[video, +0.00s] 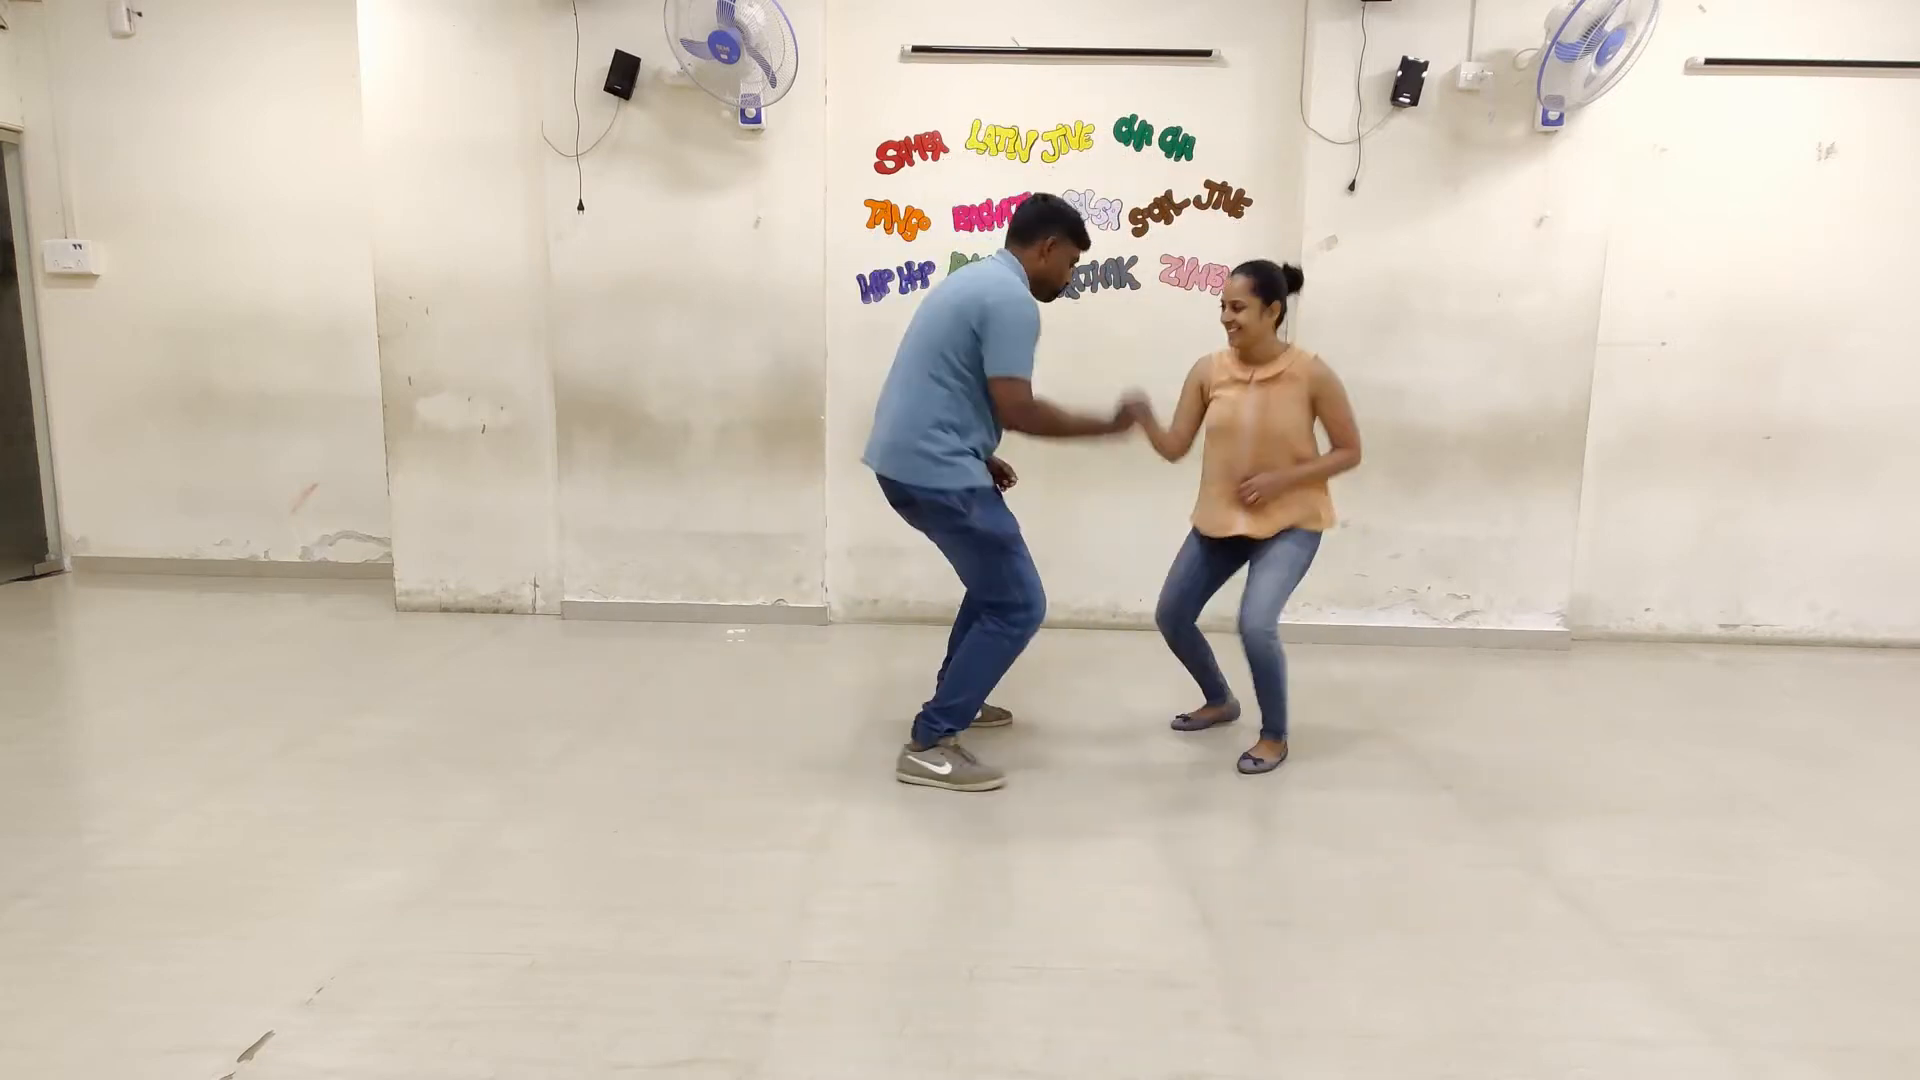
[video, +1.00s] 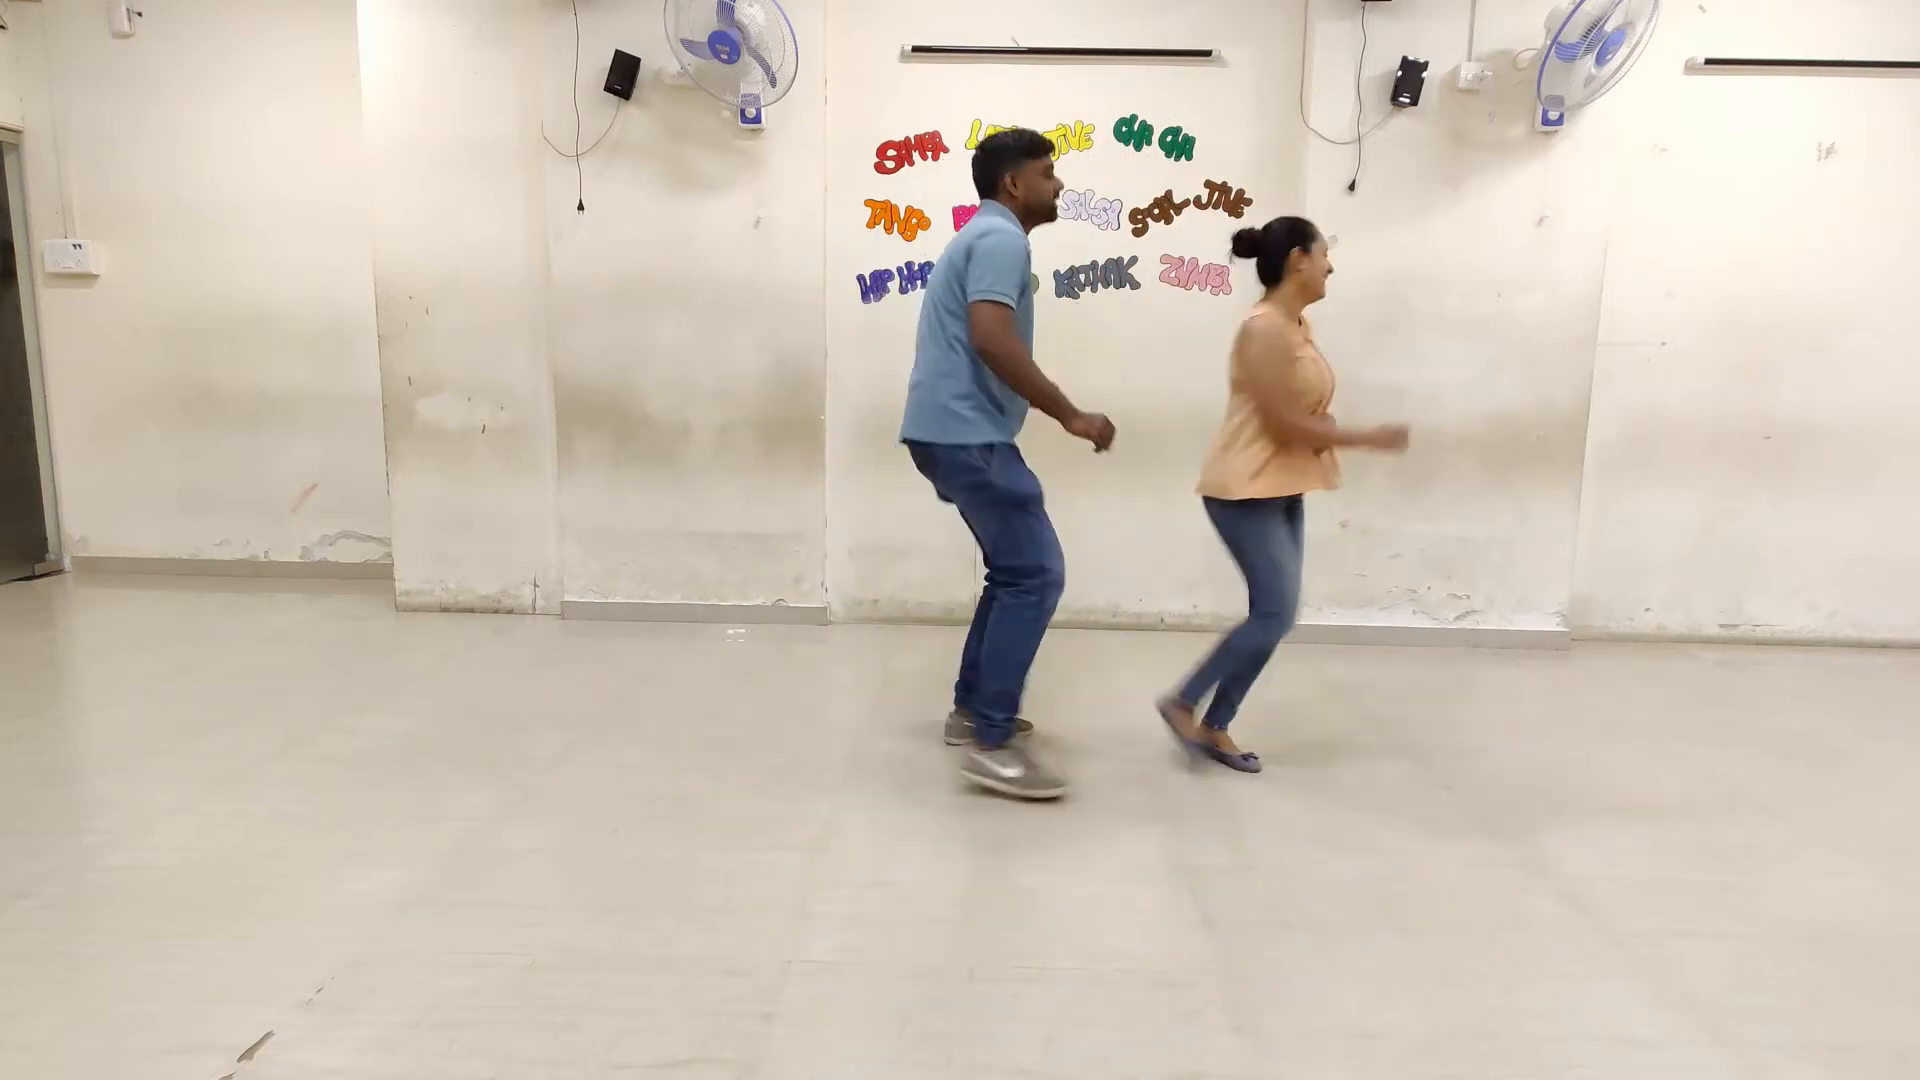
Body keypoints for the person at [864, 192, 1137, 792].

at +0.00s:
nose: (1071, 278)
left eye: (1075, 265)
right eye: (1071, 263)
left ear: (1027, 244)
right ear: (1045, 246)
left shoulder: (972, 280)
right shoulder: (1009, 297)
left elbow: (934, 383)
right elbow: (1014, 411)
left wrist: (979, 453)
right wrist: (1107, 424)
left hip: (908, 459)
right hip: (939, 467)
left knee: (992, 586)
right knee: (1019, 606)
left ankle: (954, 700)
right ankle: (933, 741)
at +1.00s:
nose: (1059, 184)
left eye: (1055, 172)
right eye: (1046, 173)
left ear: (1006, 184)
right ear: (1008, 183)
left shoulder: (982, 235)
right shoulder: (999, 237)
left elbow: (976, 343)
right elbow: (991, 338)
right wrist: (1071, 415)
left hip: (953, 430)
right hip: (966, 433)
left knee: (1013, 571)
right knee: (1036, 573)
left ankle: (975, 707)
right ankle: (990, 740)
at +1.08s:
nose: (1054, 170)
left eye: (1051, 160)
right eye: (1042, 161)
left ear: (1013, 174)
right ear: (1005, 172)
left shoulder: (1001, 237)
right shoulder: (984, 234)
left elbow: (983, 337)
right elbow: (986, 339)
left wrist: (1032, 374)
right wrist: (1067, 407)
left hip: (968, 423)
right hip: (953, 425)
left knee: (1009, 567)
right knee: (1015, 567)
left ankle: (971, 706)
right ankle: (1057, 729)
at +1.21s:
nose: (1043, 170)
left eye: (1040, 160)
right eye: (1030, 162)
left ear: (1008, 177)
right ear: (991, 175)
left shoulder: (998, 243)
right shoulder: (970, 243)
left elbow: (990, 343)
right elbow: (987, 346)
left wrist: (1038, 380)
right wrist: (1081, 390)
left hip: (978, 431)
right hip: (942, 429)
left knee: (1023, 565)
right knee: (1001, 565)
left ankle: (973, 703)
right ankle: (1016, 725)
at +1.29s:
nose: (1038, 169)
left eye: (1035, 160)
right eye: (1025, 161)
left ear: (1003, 176)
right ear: (986, 174)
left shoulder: (995, 244)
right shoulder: (966, 244)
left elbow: (985, 340)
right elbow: (994, 347)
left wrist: (1025, 372)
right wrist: (1088, 385)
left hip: (977, 431)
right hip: (942, 430)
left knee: (1023, 564)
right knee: (1000, 565)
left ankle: (974, 705)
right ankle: (984, 724)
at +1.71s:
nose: (947, 183)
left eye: (943, 174)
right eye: (934, 176)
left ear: (904, 195)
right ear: (899, 191)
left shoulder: (900, 248)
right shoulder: (894, 255)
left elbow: (923, 299)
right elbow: (982, 336)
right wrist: (1082, 365)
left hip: (901, 446)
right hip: (859, 451)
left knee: (962, 559)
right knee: (882, 587)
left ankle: (1013, 694)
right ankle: (824, 693)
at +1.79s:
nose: (941, 173)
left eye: (937, 163)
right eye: (928, 165)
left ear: (901, 181)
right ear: (894, 179)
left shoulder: (896, 233)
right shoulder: (889, 244)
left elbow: (932, 264)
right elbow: (970, 327)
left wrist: (964, 273)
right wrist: (1070, 350)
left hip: (890, 438)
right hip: (851, 442)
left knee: (938, 560)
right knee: (871, 578)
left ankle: (995, 691)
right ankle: (822, 692)